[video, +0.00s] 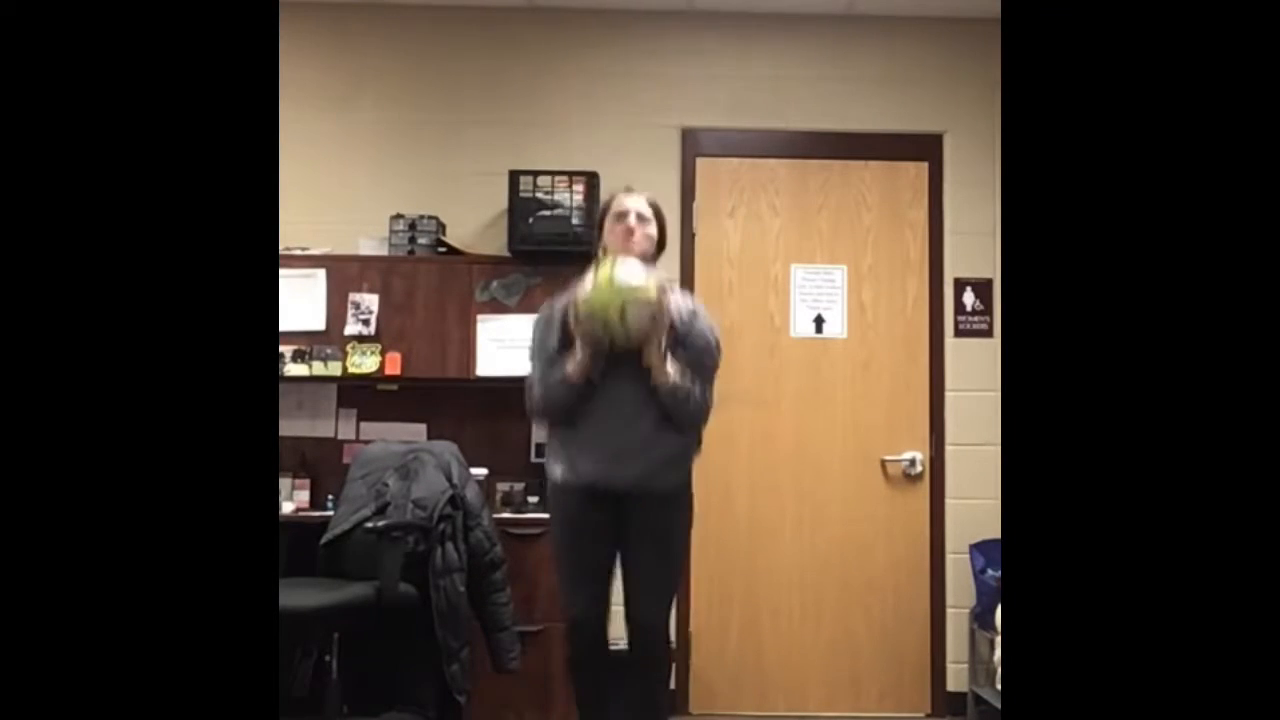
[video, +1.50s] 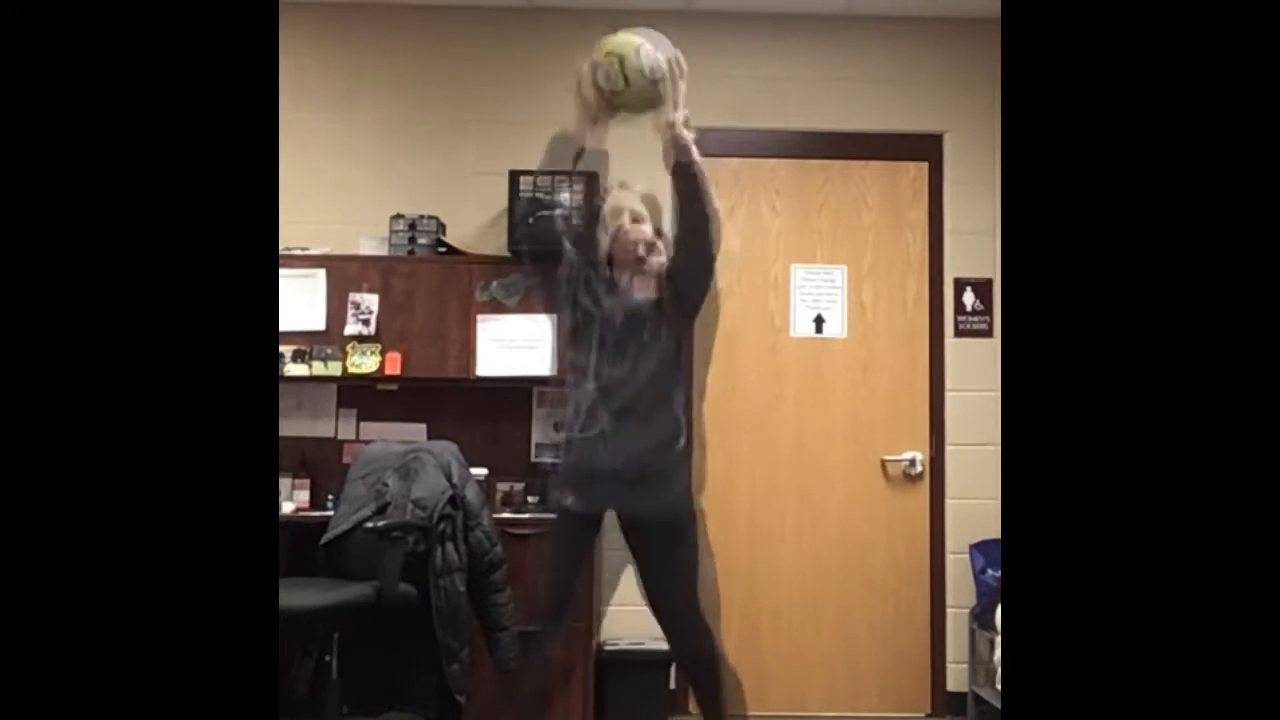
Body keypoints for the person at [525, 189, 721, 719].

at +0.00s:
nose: (632, 226)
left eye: (644, 219)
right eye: (621, 217)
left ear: (659, 239)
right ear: (602, 233)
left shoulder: (685, 315)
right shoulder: (562, 313)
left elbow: (694, 414)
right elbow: (544, 404)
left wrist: (656, 357)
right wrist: (584, 353)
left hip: (659, 493)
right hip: (580, 493)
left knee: (650, 628)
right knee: (584, 626)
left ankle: (647, 715)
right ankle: (594, 714)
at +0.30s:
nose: (633, 192)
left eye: (644, 186)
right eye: (621, 183)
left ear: (660, 201)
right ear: (600, 196)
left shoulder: (676, 265)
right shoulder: (575, 254)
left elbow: (712, 257)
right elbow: (536, 258)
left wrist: (678, 179)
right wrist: (581, 178)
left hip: (662, 444)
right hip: (581, 443)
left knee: (667, 593)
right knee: (573, 590)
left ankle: (681, 712)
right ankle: (556, 712)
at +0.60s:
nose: (630, 244)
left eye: (642, 237)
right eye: (618, 234)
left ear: (660, 255)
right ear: (596, 254)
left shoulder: (679, 317)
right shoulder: (579, 313)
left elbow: (695, 236)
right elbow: (565, 230)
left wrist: (675, 134)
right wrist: (588, 131)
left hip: (664, 510)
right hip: (581, 509)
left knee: (695, 650)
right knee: (551, 649)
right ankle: (502, 714)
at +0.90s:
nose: (639, 213)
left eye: (651, 205)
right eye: (627, 205)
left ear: (668, 224)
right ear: (609, 221)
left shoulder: (695, 298)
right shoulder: (572, 294)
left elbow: (718, 388)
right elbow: (542, 382)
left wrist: (671, 340)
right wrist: (590, 329)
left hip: (672, 479)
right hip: (592, 479)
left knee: (663, 618)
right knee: (596, 618)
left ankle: (662, 713)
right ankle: (603, 713)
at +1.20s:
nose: (640, 185)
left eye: (652, 174)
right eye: (627, 173)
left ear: (672, 180)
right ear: (605, 180)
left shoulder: (684, 249)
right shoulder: (584, 251)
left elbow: (725, 294)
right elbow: (545, 298)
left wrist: (687, 252)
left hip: (672, 448)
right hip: (593, 448)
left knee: (670, 593)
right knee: (582, 593)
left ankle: (674, 704)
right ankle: (576, 708)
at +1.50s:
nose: (628, 227)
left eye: (638, 217)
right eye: (616, 220)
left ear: (658, 232)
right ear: (598, 238)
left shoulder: (674, 298)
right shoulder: (582, 293)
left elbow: (698, 238)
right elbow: (545, 222)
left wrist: (678, 144)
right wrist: (584, 130)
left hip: (654, 474)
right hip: (582, 470)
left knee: (681, 622)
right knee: (550, 616)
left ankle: (721, 709)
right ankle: (521, 711)